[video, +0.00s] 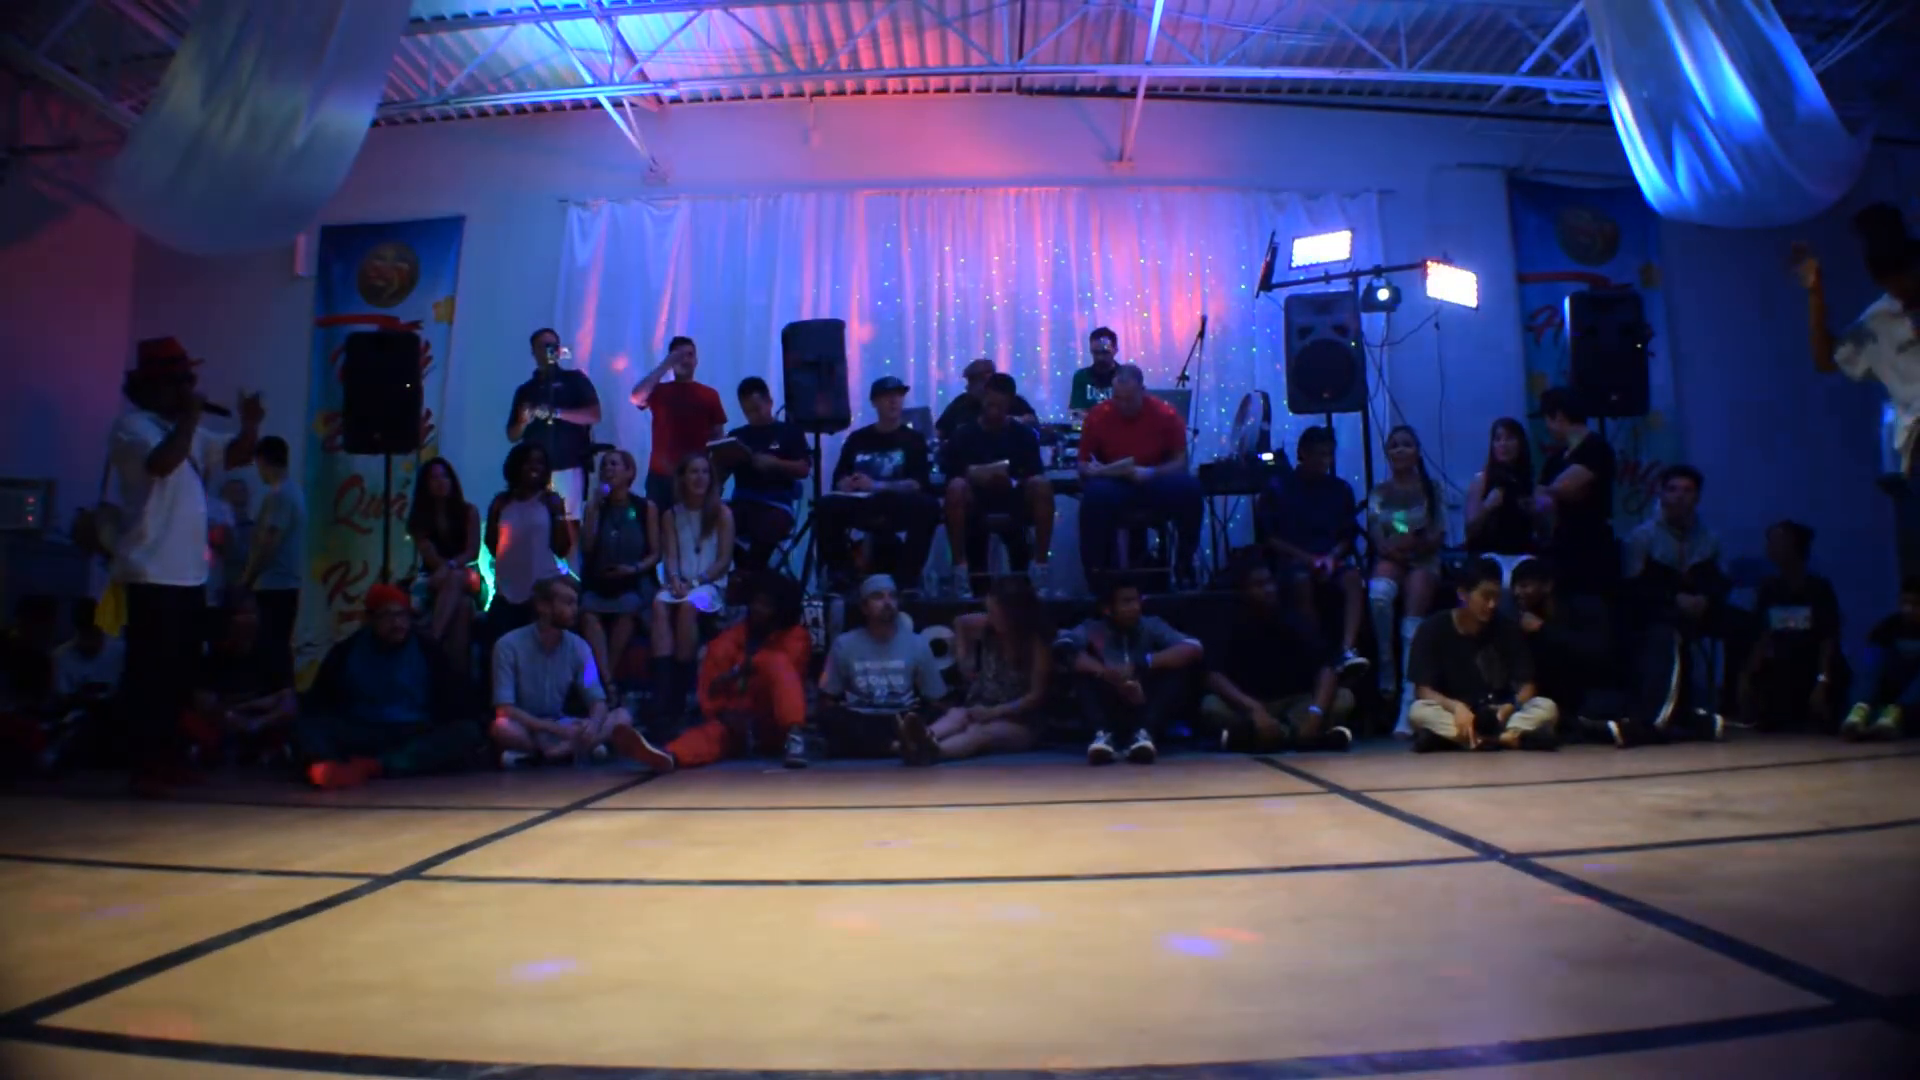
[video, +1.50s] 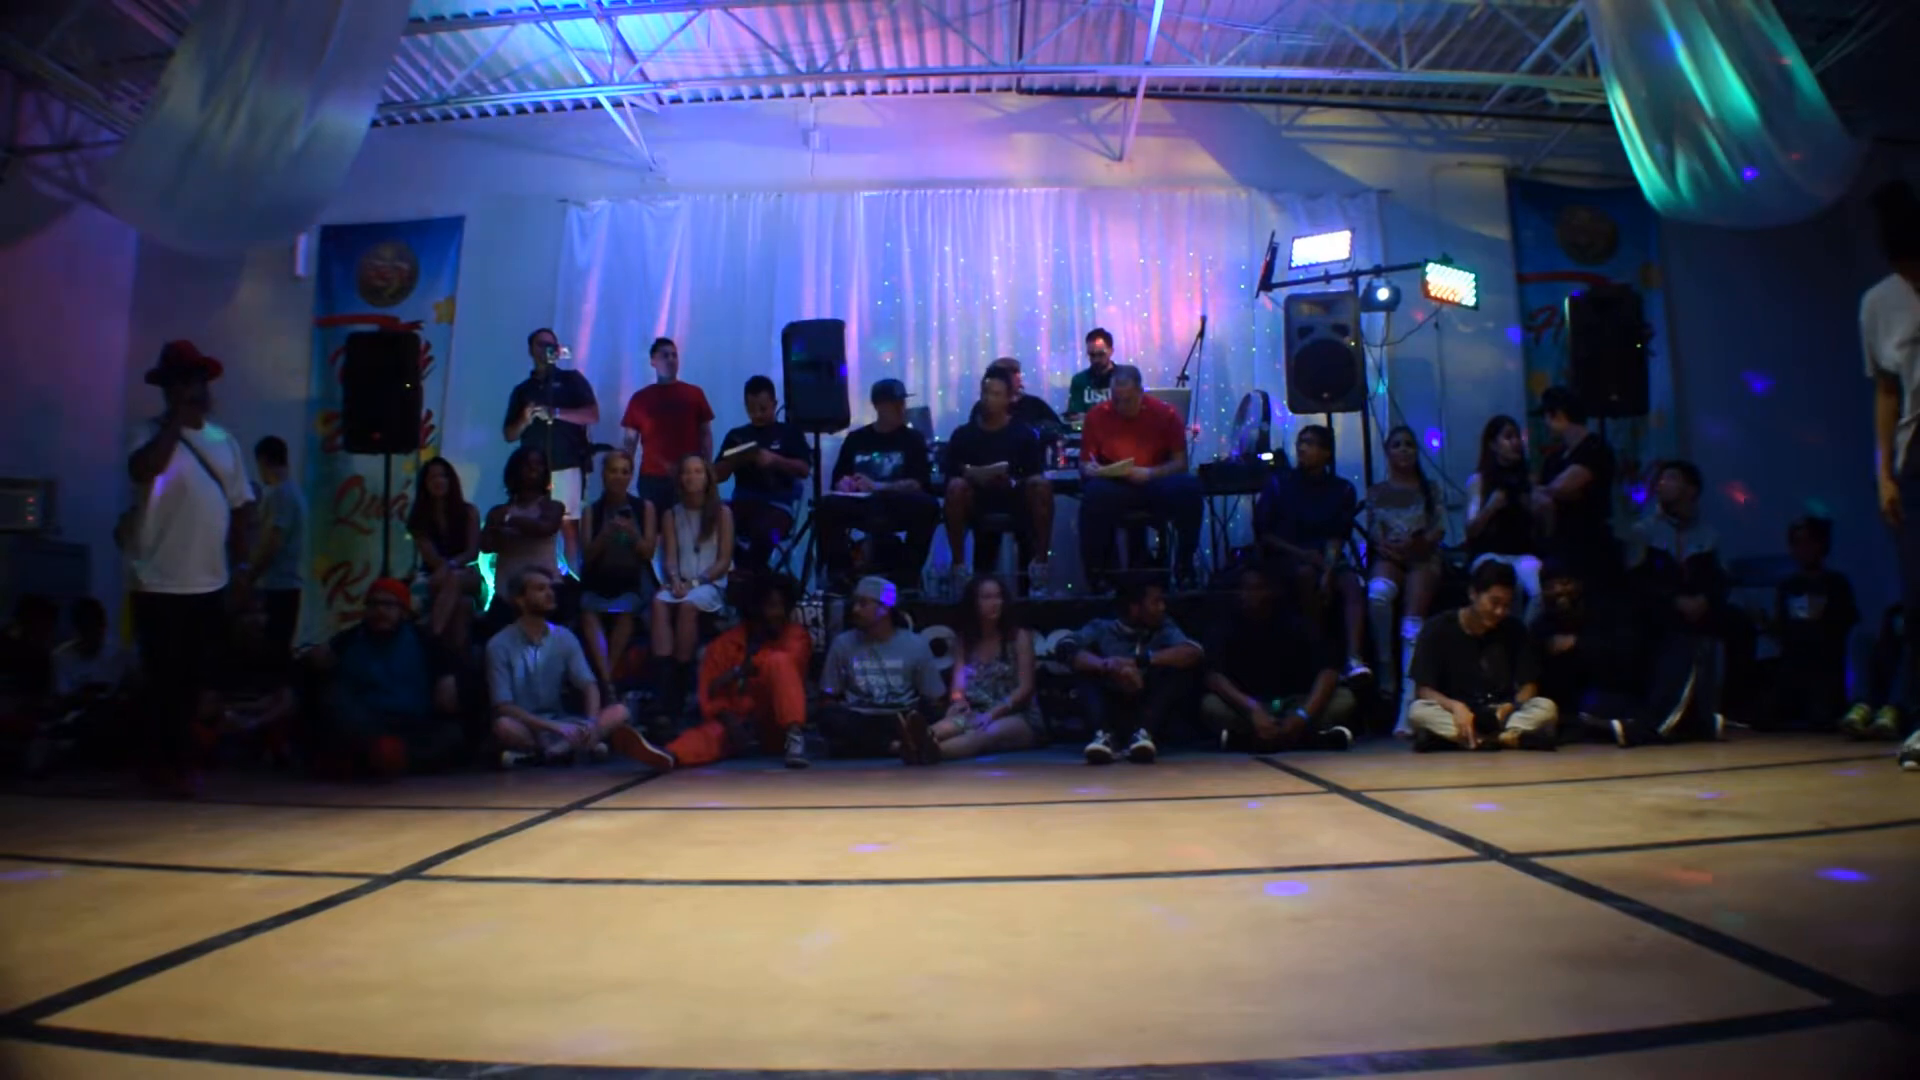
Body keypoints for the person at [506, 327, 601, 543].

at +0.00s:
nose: (549, 351)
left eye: (553, 346)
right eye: (544, 347)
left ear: (559, 350)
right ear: (534, 352)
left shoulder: (576, 379)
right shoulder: (525, 390)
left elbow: (593, 415)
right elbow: (512, 435)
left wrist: (556, 413)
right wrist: (523, 422)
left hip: (570, 464)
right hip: (537, 466)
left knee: (569, 523)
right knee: (536, 523)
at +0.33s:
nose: (550, 351)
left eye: (553, 346)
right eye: (544, 347)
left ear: (560, 350)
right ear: (534, 352)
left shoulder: (576, 380)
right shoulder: (525, 390)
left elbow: (593, 415)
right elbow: (512, 435)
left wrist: (556, 414)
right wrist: (525, 420)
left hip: (569, 464)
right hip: (537, 466)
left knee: (569, 522)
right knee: (536, 521)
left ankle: (570, 576)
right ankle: (538, 575)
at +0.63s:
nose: (550, 352)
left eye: (554, 347)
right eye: (545, 347)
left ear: (560, 351)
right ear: (534, 352)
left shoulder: (576, 380)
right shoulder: (525, 390)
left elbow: (593, 415)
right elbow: (512, 435)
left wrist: (557, 415)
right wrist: (526, 422)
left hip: (569, 464)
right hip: (536, 466)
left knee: (569, 523)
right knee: (536, 523)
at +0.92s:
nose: (548, 351)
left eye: (552, 346)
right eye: (542, 346)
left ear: (558, 351)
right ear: (532, 352)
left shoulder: (574, 379)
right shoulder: (523, 389)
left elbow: (592, 414)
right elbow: (510, 435)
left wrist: (556, 414)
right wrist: (524, 422)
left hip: (568, 464)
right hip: (535, 466)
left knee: (568, 524)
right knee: (534, 524)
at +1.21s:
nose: (550, 352)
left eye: (554, 347)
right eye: (544, 347)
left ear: (560, 352)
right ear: (533, 352)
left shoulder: (575, 380)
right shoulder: (524, 390)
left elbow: (593, 416)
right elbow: (511, 435)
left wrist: (557, 414)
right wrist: (525, 422)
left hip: (569, 465)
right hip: (536, 467)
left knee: (570, 525)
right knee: (537, 526)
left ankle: (574, 577)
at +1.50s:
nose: (548, 350)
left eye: (552, 346)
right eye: (542, 346)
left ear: (558, 350)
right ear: (531, 350)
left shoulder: (573, 379)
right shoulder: (522, 389)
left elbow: (592, 415)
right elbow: (509, 435)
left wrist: (556, 414)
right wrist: (525, 420)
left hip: (568, 463)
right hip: (534, 465)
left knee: (568, 523)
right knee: (535, 521)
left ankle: (572, 575)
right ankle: (538, 577)